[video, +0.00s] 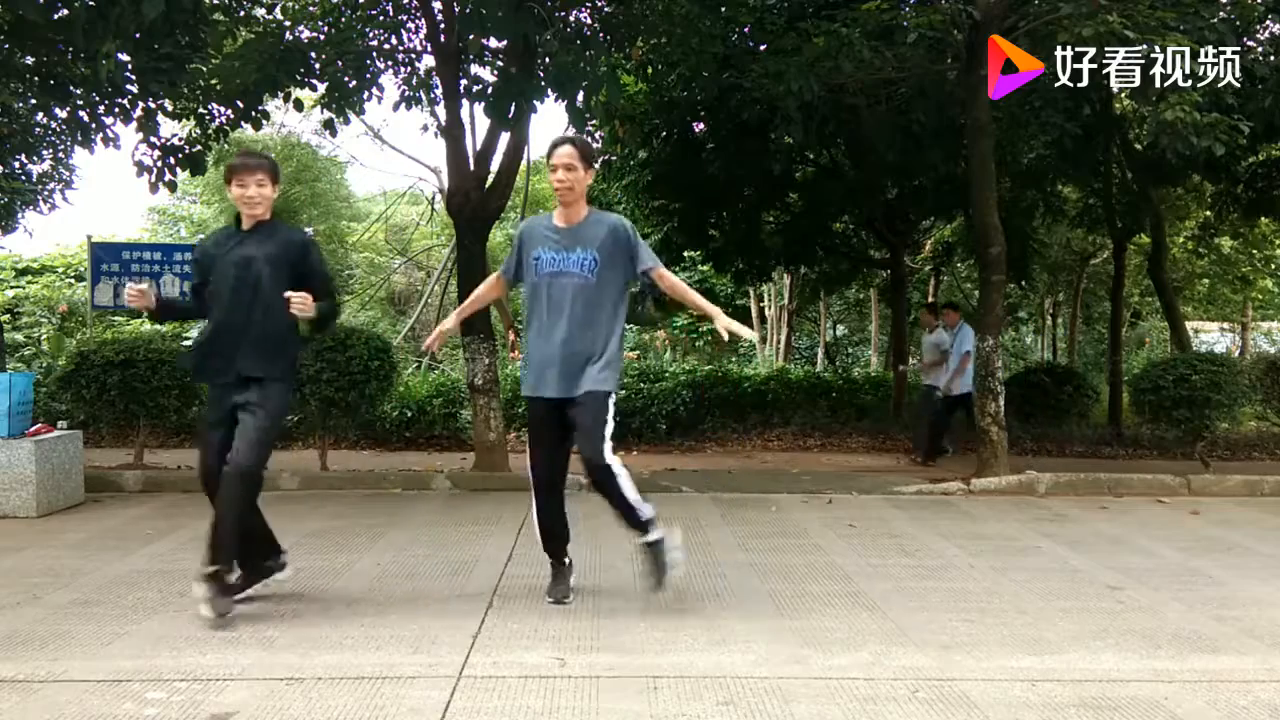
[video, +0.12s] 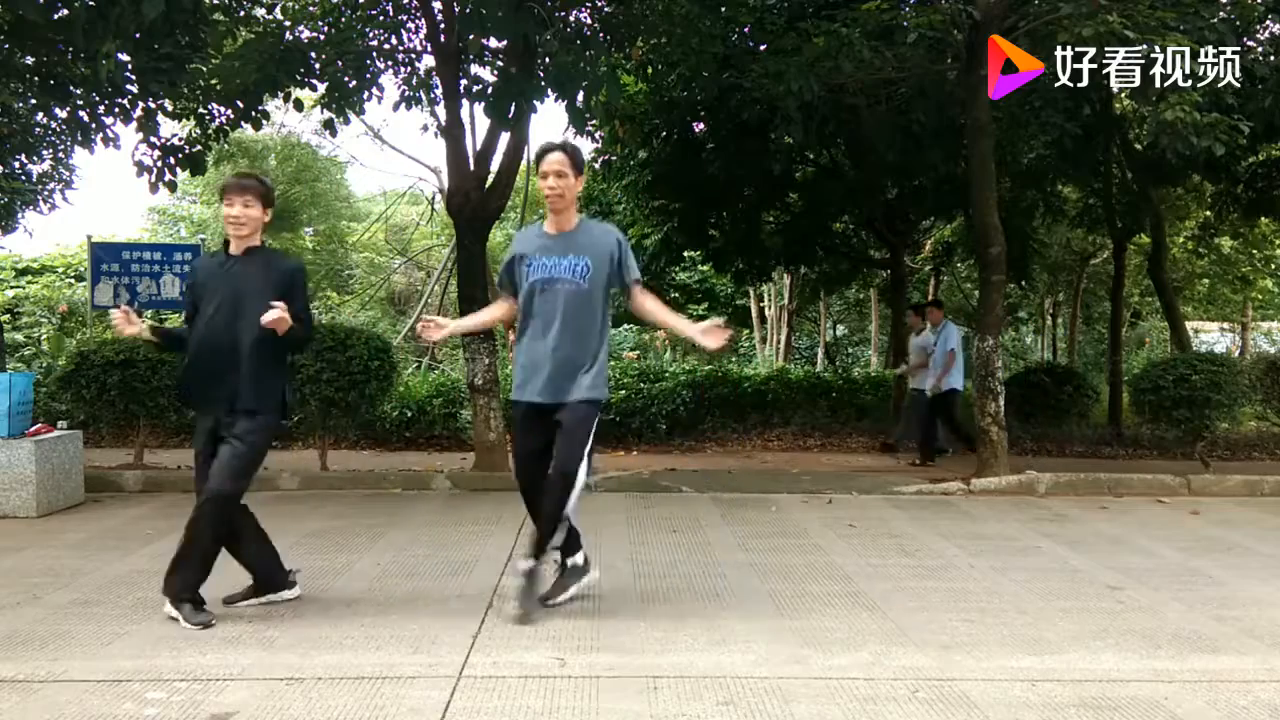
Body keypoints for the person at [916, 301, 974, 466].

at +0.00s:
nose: (945, 319)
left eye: (947, 315)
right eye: (943, 315)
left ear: (957, 315)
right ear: (945, 317)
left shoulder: (965, 331)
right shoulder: (954, 333)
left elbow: (965, 359)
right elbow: (953, 359)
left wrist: (950, 382)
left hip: (962, 388)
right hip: (951, 388)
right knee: (937, 423)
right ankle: (929, 455)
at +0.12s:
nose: (928, 317)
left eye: (931, 313)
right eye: (927, 314)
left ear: (940, 312)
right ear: (930, 315)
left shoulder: (950, 329)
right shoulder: (938, 332)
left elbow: (951, 357)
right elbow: (933, 360)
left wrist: (939, 380)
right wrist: (913, 368)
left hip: (949, 384)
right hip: (935, 385)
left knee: (950, 420)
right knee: (928, 422)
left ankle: (974, 445)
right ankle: (926, 456)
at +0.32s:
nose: (908, 316)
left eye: (910, 312)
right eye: (907, 312)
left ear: (919, 311)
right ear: (912, 313)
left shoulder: (932, 328)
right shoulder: (917, 331)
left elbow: (939, 355)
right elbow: (914, 359)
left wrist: (939, 382)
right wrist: (894, 365)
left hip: (924, 381)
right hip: (913, 381)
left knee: (916, 418)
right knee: (915, 418)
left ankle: (926, 451)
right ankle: (922, 452)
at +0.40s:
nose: (901, 316)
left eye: (904, 312)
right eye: (900, 312)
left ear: (914, 312)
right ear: (902, 314)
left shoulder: (925, 330)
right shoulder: (909, 332)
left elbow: (932, 355)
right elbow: (905, 358)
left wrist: (936, 380)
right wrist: (886, 366)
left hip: (920, 381)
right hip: (907, 382)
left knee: (905, 418)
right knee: (918, 420)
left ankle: (902, 455)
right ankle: (926, 455)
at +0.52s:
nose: (886, 317)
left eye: (889, 313)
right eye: (886, 313)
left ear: (900, 314)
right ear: (888, 315)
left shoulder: (910, 332)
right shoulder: (892, 333)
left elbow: (919, 358)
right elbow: (891, 359)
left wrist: (929, 380)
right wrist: (873, 363)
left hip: (905, 385)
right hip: (894, 385)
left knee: (884, 420)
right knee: (909, 422)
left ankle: (870, 457)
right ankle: (925, 455)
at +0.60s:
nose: (879, 317)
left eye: (882, 313)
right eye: (878, 314)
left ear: (892, 313)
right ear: (881, 315)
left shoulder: (902, 332)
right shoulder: (885, 333)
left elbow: (911, 357)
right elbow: (884, 360)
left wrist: (918, 373)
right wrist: (867, 364)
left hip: (896, 385)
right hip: (885, 385)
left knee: (880, 422)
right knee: (902, 421)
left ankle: (868, 459)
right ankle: (922, 453)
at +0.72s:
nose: (864, 316)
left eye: (867, 312)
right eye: (863, 312)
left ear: (876, 311)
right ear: (865, 314)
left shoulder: (886, 328)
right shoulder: (871, 331)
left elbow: (893, 356)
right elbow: (870, 361)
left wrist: (901, 382)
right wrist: (854, 372)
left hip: (882, 384)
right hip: (869, 384)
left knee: (873, 423)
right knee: (875, 422)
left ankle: (867, 459)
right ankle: (902, 443)